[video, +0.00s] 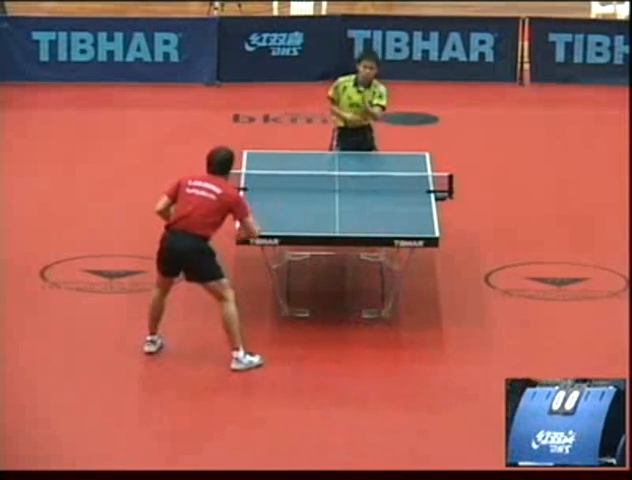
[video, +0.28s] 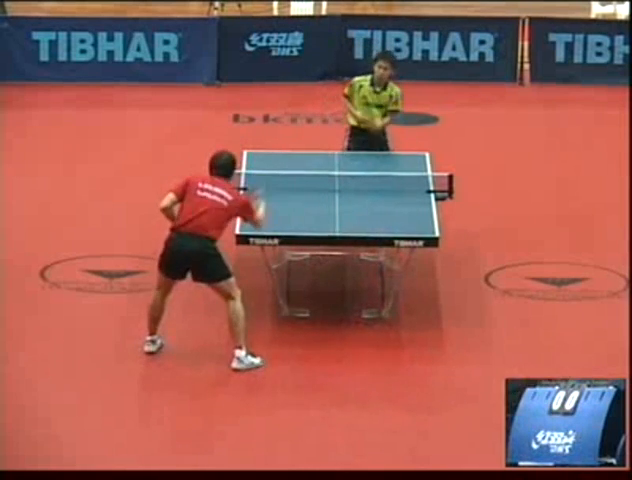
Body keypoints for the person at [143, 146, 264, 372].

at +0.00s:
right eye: (230, 166)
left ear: (207, 165)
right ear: (229, 169)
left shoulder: (187, 182)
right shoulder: (231, 195)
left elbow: (161, 208)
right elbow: (251, 230)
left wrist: (175, 223)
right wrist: (242, 235)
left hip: (171, 240)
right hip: (197, 244)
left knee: (161, 289)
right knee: (226, 297)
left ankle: (151, 338)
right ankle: (238, 354)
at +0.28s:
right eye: (232, 169)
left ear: (210, 169)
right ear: (233, 172)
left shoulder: (192, 182)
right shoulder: (236, 198)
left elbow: (165, 205)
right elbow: (257, 222)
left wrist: (179, 225)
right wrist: (259, 207)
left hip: (177, 241)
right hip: (205, 246)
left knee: (161, 290)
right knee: (233, 297)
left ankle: (151, 338)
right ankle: (241, 353)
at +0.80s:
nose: (226, 178)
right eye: (228, 175)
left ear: (205, 173)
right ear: (227, 177)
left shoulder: (187, 188)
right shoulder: (228, 200)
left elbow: (175, 210)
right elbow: (253, 236)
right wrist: (241, 237)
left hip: (168, 244)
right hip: (194, 250)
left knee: (162, 287)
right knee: (231, 298)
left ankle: (151, 337)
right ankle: (242, 355)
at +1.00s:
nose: (236, 187)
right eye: (237, 183)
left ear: (214, 179)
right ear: (236, 185)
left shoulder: (196, 192)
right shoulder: (238, 206)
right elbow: (268, 230)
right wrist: (257, 236)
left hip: (176, 249)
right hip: (203, 255)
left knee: (163, 288)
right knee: (243, 297)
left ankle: (151, 338)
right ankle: (246, 355)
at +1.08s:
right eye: (241, 177)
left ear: (220, 175)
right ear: (242, 179)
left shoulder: (201, 187)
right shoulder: (244, 202)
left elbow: (194, 204)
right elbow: (272, 219)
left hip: (180, 245)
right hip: (207, 252)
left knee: (164, 289)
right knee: (243, 297)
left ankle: (151, 338)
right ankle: (246, 355)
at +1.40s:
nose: (240, 167)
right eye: (240, 164)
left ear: (216, 164)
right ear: (238, 168)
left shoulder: (196, 181)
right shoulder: (238, 194)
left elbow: (181, 210)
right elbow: (269, 221)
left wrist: (203, 207)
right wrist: (275, 214)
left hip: (180, 241)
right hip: (206, 247)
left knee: (167, 287)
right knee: (238, 296)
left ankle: (152, 337)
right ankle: (245, 355)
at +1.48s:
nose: (240, 172)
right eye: (239, 169)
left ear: (216, 169)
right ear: (238, 172)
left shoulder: (198, 185)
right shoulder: (238, 197)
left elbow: (184, 203)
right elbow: (267, 229)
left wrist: (193, 221)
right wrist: (258, 229)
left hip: (178, 243)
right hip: (204, 248)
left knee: (166, 287)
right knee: (239, 296)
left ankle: (152, 337)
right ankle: (245, 355)